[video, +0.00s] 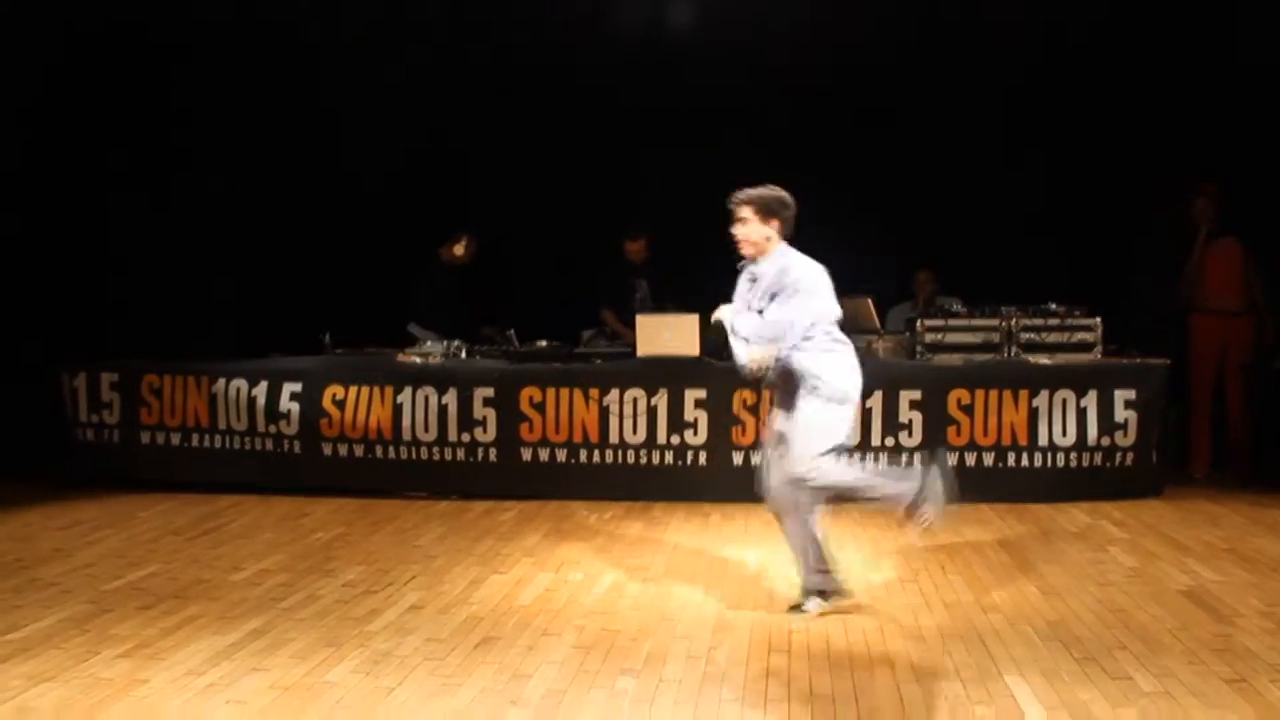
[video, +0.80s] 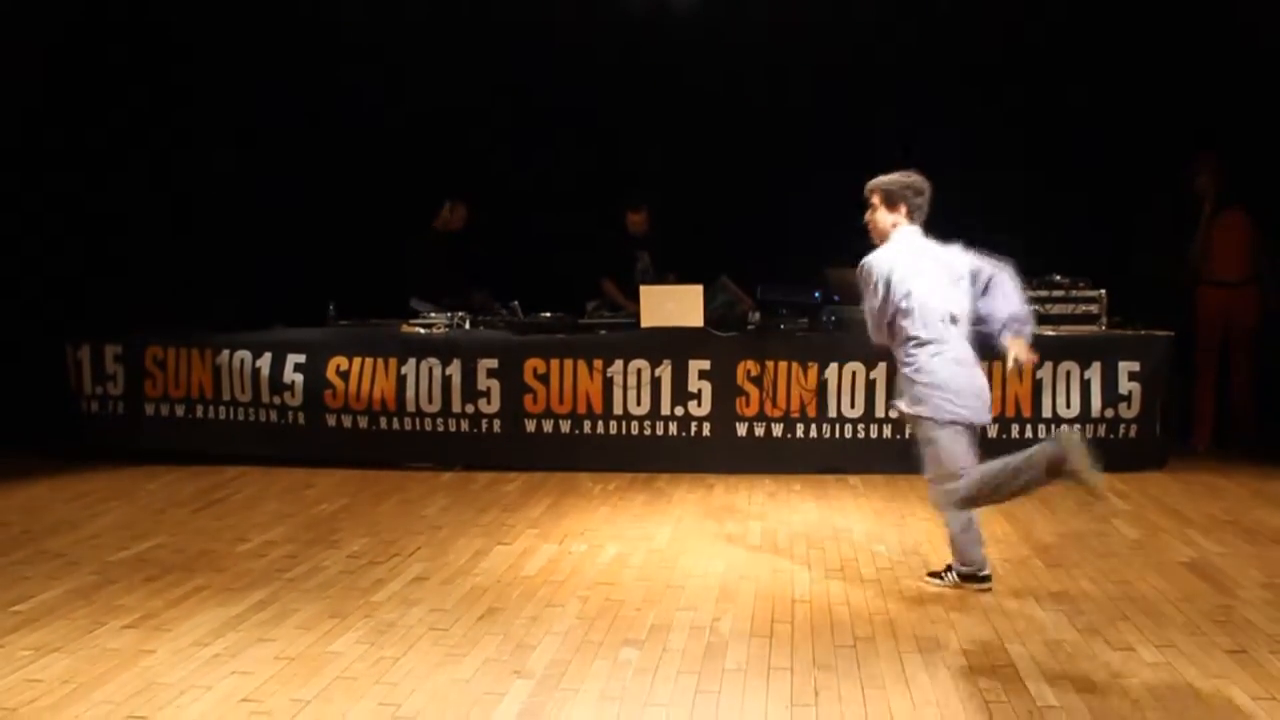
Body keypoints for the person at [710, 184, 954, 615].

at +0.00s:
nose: (735, 232)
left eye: (744, 223)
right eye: (734, 223)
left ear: (773, 225)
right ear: (757, 227)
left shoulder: (804, 273)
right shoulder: (750, 278)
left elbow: (773, 333)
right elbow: (738, 335)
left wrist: (730, 316)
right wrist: (751, 355)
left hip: (829, 383)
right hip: (792, 388)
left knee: (804, 466)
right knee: (779, 484)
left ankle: (917, 484)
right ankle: (820, 583)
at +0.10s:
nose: (756, 237)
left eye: (765, 229)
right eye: (757, 229)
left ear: (794, 233)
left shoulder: (820, 281)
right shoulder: (766, 287)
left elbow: (785, 328)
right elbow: (749, 331)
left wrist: (731, 341)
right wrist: (747, 357)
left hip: (837, 383)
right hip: (805, 399)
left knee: (836, 459)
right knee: (791, 492)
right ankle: (835, 581)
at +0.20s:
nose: (765, 205)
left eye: (773, 196)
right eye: (767, 196)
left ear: (800, 201)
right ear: (794, 201)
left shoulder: (812, 248)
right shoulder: (803, 248)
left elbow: (793, 324)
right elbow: (794, 328)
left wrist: (769, 391)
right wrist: (772, 391)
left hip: (844, 364)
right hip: (837, 365)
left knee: (805, 448)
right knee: (829, 469)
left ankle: (906, 446)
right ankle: (834, 574)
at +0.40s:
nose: (816, 215)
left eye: (822, 205)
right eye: (816, 205)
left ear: (839, 208)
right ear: (855, 211)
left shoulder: (845, 244)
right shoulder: (871, 254)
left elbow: (823, 219)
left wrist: (811, 188)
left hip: (833, 379)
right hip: (874, 378)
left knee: (798, 468)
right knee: (885, 466)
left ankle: (786, 558)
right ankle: (948, 533)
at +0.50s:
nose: (837, 243)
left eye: (843, 234)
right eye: (838, 234)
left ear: (863, 236)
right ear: (878, 239)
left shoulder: (850, 266)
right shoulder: (897, 275)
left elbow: (821, 224)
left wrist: (794, 184)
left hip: (842, 406)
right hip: (885, 409)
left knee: (795, 476)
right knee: (901, 493)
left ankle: (792, 561)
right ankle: (966, 551)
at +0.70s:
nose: (852, 213)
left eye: (858, 204)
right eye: (853, 204)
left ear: (883, 207)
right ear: (895, 209)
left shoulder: (864, 258)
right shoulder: (929, 255)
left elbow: (860, 328)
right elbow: (968, 308)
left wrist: (857, 376)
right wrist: (981, 365)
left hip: (912, 384)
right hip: (959, 380)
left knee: (894, 464)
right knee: (943, 468)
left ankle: (968, 510)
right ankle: (966, 561)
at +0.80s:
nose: (866, 217)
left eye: (872, 208)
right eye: (868, 208)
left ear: (898, 211)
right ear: (906, 212)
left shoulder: (878, 262)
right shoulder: (953, 255)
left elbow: (877, 333)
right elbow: (1000, 275)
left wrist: (909, 348)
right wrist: (1014, 330)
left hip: (929, 379)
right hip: (967, 375)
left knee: (953, 489)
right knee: (951, 482)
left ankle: (1056, 454)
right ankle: (971, 567)